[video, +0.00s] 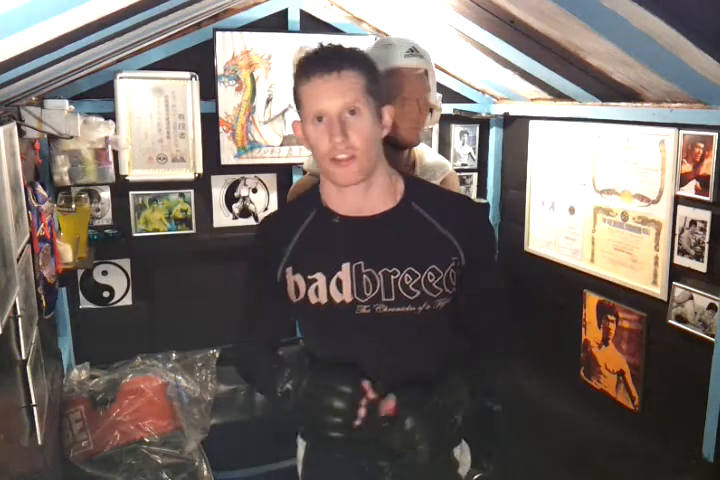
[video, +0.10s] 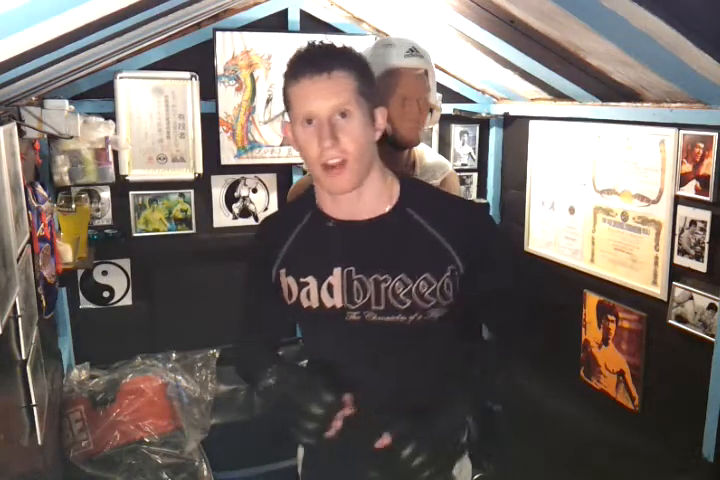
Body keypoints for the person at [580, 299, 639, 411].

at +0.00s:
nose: (610, 326)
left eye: (613, 322)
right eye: (607, 321)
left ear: (616, 326)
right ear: (601, 324)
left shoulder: (620, 360)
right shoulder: (589, 344)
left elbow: (634, 395)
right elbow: (579, 371)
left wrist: (636, 404)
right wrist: (589, 382)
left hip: (609, 402)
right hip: (588, 397)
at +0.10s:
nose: (610, 326)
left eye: (613, 322)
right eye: (607, 321)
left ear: (616, 326)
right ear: (600, 323)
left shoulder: (620, 360)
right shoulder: (589, 345)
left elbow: (634, 395)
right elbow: (578, 371)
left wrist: (636, 405)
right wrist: (589, 382)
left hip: (609, 402)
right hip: (588, 398)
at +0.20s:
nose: (610, 326)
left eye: (613, 322)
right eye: (607, 321)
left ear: (616, 326)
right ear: (601, 323)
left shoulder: (620, 360)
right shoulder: (589, 344)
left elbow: (634, 395)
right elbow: (578, 371)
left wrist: (636, 404)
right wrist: (589, 382)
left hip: (609, 403)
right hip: (588, 398)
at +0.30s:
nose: (610, 326)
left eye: (613, 322)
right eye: (607, 321)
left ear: (616, 326)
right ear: (601, 324)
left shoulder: (620, 360)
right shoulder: (589, 344)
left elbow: (634, 395)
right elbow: (579, 371)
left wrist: (636, 404)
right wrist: (589, 382)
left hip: (609, 402)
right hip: (588, 397)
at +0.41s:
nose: (610, 326)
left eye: (613, 322)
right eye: (607, 321)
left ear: (616, 326)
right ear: (601, 323)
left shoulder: (620, 360)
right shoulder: (589, 344)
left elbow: (634, 395)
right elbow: (578, 371)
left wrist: (636, 405)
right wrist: (589, 382)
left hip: (609, 402)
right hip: (588, 398)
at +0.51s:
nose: (610, 326)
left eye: (613, 322)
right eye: (607, 321)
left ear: (616, 326)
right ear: (601, 323)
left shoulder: (620, 360)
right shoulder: (589, 344)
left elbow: (634, 395)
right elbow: (578, 371)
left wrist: (636, 404)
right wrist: (589, 382)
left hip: (609, 402)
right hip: (588, 397)